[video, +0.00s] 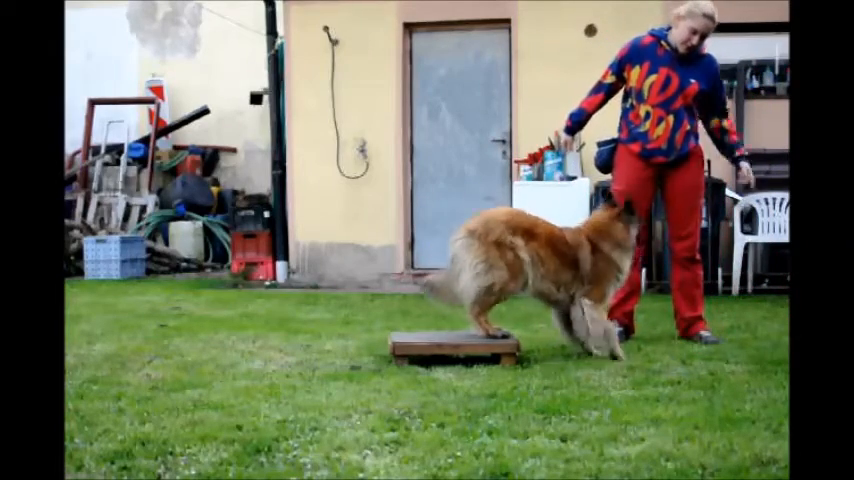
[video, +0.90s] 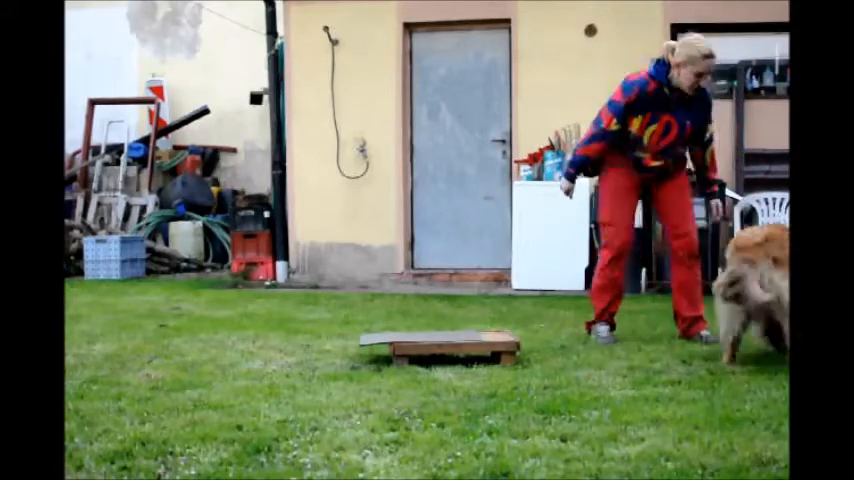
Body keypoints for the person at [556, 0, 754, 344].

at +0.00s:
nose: (695, 40)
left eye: (702, 36)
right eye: (693, 31)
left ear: (707, 36)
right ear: (676, 19)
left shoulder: (705, 65)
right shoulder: (639, 49)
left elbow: (717, 117)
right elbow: (604, 88)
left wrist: (739, 157)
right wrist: (571, 126)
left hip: (684, 159)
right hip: (635, 156)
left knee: (686, 246)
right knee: (625, 240)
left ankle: (692, 325)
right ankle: (620, 321)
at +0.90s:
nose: (702, 82)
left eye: (705, 76)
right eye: (698, 74)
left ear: (706, 72)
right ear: (676, 66)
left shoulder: (700, 100)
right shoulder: (639, 86)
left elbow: (702, 147)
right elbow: (603, 126)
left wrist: (713, 191)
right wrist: (572, 171)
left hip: (669, 168)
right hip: (622, 165)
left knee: (686, 243)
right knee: (617, 242)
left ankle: (692, 325)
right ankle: (602, 321)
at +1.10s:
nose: (698, 117)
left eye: (702, 112)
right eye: (694, 111)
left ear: (706, 102)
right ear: (674, 100)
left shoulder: (694, 122)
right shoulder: (637, 105)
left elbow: (691, 167)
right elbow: (596, 143)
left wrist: (701, 209)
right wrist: (571, 189)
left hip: (656, 174)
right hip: (611, 170)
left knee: (673, 243)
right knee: (609, 244)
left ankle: (689, 323)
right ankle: (600, 322)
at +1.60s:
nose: (733, 147)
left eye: (738, 141)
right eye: (729, 139)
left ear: (744, 135)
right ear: (712, 124)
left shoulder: (728, 147)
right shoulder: (674, 122)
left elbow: (723, 188)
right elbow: (627, 153)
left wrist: (733, 232)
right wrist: (599, 189)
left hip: (685, 179)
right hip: (639, 172)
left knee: (696, 244)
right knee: (624, 243)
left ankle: (687, 323)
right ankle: (603, 320)